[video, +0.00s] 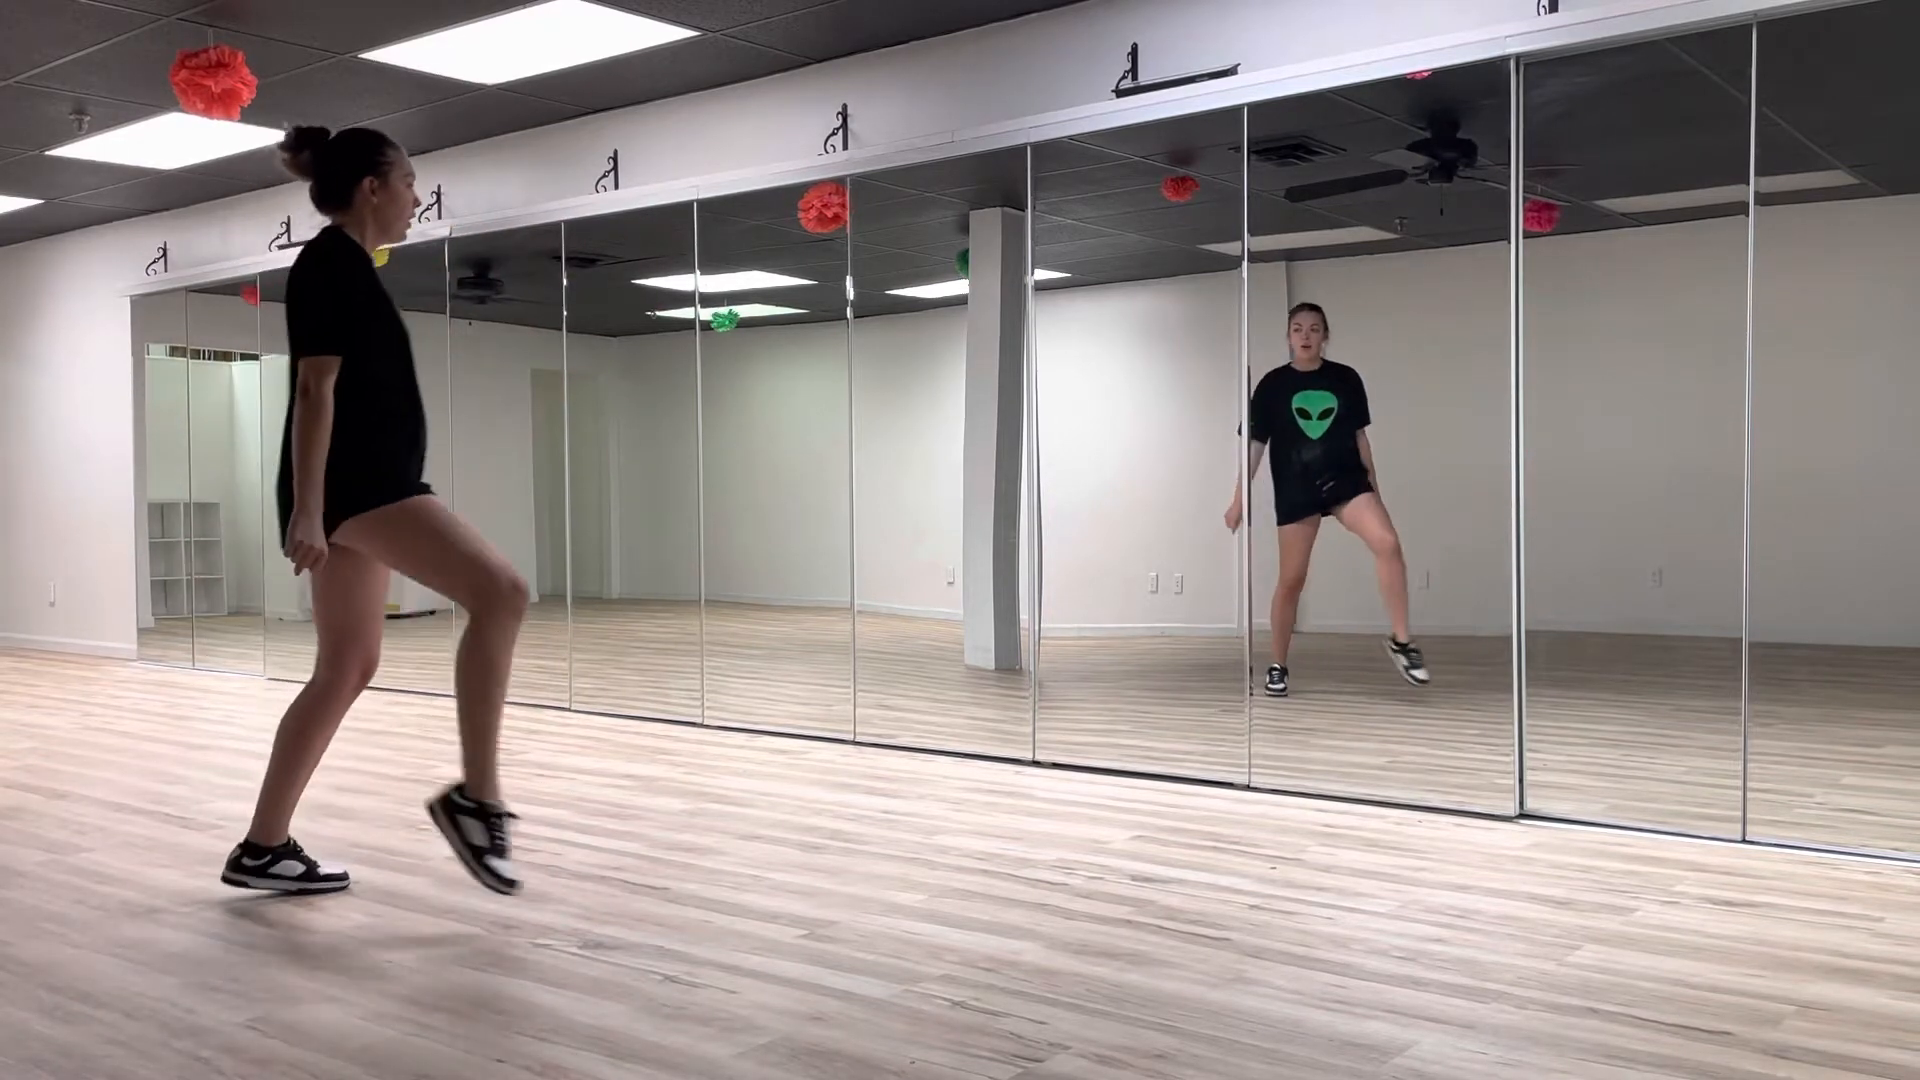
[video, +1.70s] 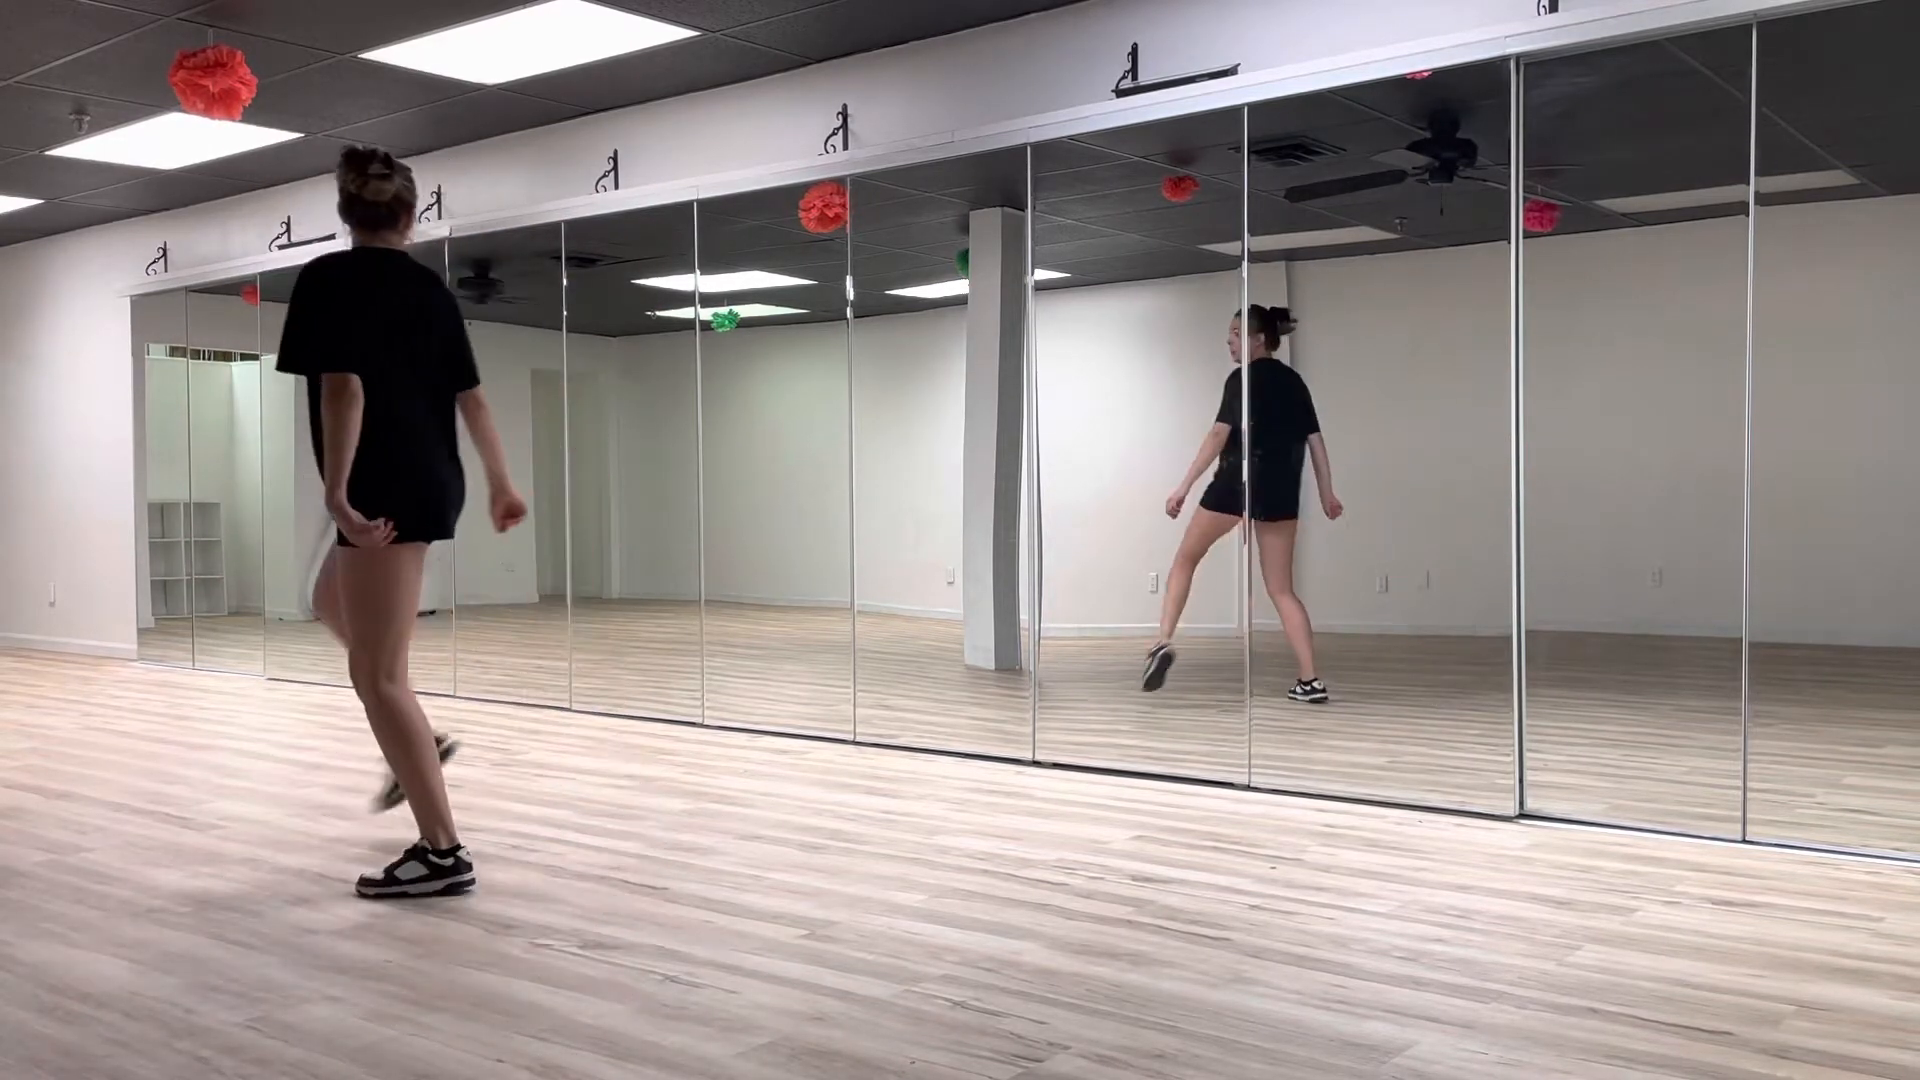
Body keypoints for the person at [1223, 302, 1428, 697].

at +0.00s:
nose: (1306, 335)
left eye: (1314, 329)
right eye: (1298, 329)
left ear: (1325, 336)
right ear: (1287, 336)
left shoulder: (1346, 378)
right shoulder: (1272, 384)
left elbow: (1360, 437)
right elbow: (1255, 446)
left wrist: (1372, 488)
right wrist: (1238, 498)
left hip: (1345, 482)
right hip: (1296, 489)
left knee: (1388, 544)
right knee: (1290, 582)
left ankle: (1402, 641)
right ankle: (1278, 665)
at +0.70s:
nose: (1300, 341)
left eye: (1310, 335)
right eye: (1295, 334)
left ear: (1327, 342)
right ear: (1290, 341)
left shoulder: (1345, 385)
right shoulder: (1284, 390)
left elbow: (1368, 446)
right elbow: (1284, 453)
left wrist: (1394, 504)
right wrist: (1283, 504)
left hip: (1339, 491)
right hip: (1296, 496)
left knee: (1331, 569)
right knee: (1291, 591)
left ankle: (1401, 635)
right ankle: (1323, 677)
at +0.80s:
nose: (1288, 338)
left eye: (1298, 331)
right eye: (1283, 331)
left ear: (1316, 337)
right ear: (1279, 337)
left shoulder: (1332, 381)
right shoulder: (1274, 387)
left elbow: (1354, 444)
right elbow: (1274, 452)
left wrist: (1377, 504)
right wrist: (1274, 502)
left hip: (1328, 484)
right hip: (1287, 491)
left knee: (1296, 557)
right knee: (1288, 588)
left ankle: (1356, 633)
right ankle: (1322, 675)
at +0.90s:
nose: (1278, 332)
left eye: (1288, 325)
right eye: (1274, 325)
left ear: (1306, 331)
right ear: (1269, 331)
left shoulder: (1319, 375)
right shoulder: (1266, 380)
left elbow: (1341, 440)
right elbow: (1263, 438)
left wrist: (1361, 500)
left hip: (1315, 482)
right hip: (1280, 486)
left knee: (1273, 555)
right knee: (1291, 580)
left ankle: (1304, 659)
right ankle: (1321, 670)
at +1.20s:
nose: (1250, 355)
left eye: (1257, 348)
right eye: (1249, 348)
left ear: (1280, 354)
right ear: (1265, 355)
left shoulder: (1284, 397)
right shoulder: (1272, 396)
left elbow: (1295, 461)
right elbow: (1273, 459)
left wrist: (1305, 523)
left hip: (1257, 510)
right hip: (1271, 510)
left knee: (1231, 594)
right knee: (1260, 600)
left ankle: (1257, 692)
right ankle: (1311, 680)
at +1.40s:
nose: (1247, 340)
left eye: (1254, 333)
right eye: (1248, 332)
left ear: (1277, 337)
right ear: (1279, 339)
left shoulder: (1269, 378)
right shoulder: (1302, 381)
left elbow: (1265, 439)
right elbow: (1316, 442)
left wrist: (1236, 489)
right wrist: (1319, 495)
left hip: (1262, 493)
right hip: (1297, 496)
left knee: (1220, 575)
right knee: (1278, 592)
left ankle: (1234, 662)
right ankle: (1313, 681)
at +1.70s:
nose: (1229, 342)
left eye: (1236, 335)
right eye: (1230, 335)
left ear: (1258, 339)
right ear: (1266, 341)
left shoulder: (1241, 378)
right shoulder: (1295, 382)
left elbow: (1218, 436)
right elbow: (1315, 441)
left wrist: (1184, 485)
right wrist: (1327, 493)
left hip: (1234, 486)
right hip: (1283, 492)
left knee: (1186, 559)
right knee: (1282, 591)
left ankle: (1163, 640)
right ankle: (1309, 679)